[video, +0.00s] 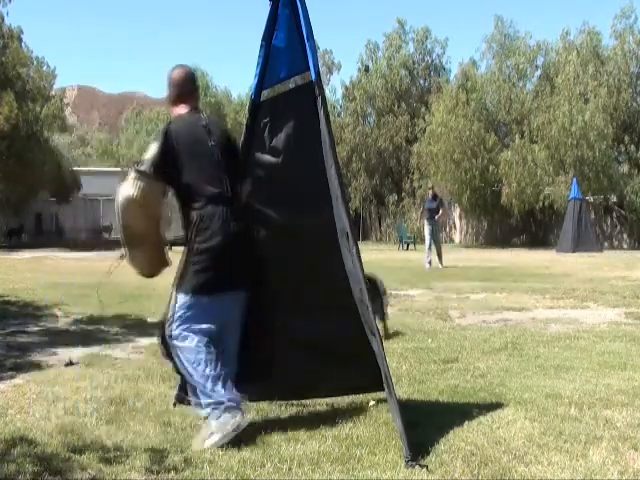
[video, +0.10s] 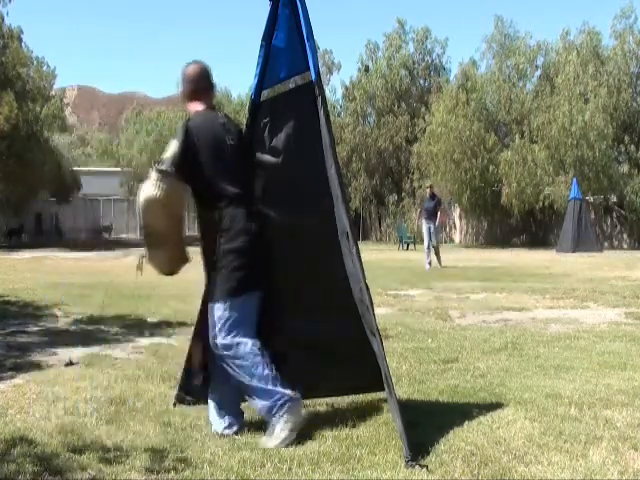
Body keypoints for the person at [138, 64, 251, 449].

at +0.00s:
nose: (169, 100)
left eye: (168, 94)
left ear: (169, 96)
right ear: (197, 93)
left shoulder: (173, 132)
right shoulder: (220, 131)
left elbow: (150, 184)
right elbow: (239, 176)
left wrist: (148, 245)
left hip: (209, 237)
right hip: (240, 236)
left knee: (182, 328)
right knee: (228, 327)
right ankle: (220, 408)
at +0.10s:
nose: (184, 96)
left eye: (183, 90)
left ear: (183, 93)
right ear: (213, 90)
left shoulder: (195, 129)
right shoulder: (230, 127)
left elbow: (169, 183)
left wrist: (166, 246)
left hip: (232, 234)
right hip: (239, 231)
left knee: (227, 333)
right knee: (223, 330)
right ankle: (225, 418)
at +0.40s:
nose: (221, 94)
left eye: (222, 88)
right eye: (223, 87)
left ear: (230, 89)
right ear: (252, 84)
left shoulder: (253, 128)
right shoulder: (265, 122)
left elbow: (232, 189)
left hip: (276, 242)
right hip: (267, 240)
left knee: (274, 329)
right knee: (247, 322)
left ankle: (309, 416)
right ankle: (266, 400)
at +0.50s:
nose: (230, 89)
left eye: (231, 83)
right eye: (231, 82)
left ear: (240, 84)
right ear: (258, 81)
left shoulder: (270, 121)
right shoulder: (261, 120)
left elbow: (252, 186)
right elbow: (252, 183)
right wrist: (246, 229)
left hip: (287, 236)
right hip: (268, 236)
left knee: (282, 327)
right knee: (264, 324)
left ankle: (309, 416)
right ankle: (277, 405)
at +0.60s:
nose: (235, 88)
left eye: (237, 81)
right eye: (236, 81)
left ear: (250, 82)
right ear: (257, 81)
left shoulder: (278, 117)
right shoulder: (258, 120)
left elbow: (274, 181)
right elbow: (256, 181)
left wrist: (241, 236)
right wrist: (248, 231)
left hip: (292, 237)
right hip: (265, 236)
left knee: (293, 322)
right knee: (268, 320)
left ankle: (311, 414)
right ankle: (279, 403)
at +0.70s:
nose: (240, 87)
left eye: (244, 79)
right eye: (241, 79)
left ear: (260, 79)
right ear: (261, 78)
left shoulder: (285, 116)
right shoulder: (262, 121)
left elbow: (284, 180)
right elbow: (262, 184)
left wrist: (252, 232)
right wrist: (254, 234)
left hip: (299, 234)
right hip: (274, 235)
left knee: (303, 321)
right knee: (278, 320)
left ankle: (330, 411)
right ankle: (283, 403)